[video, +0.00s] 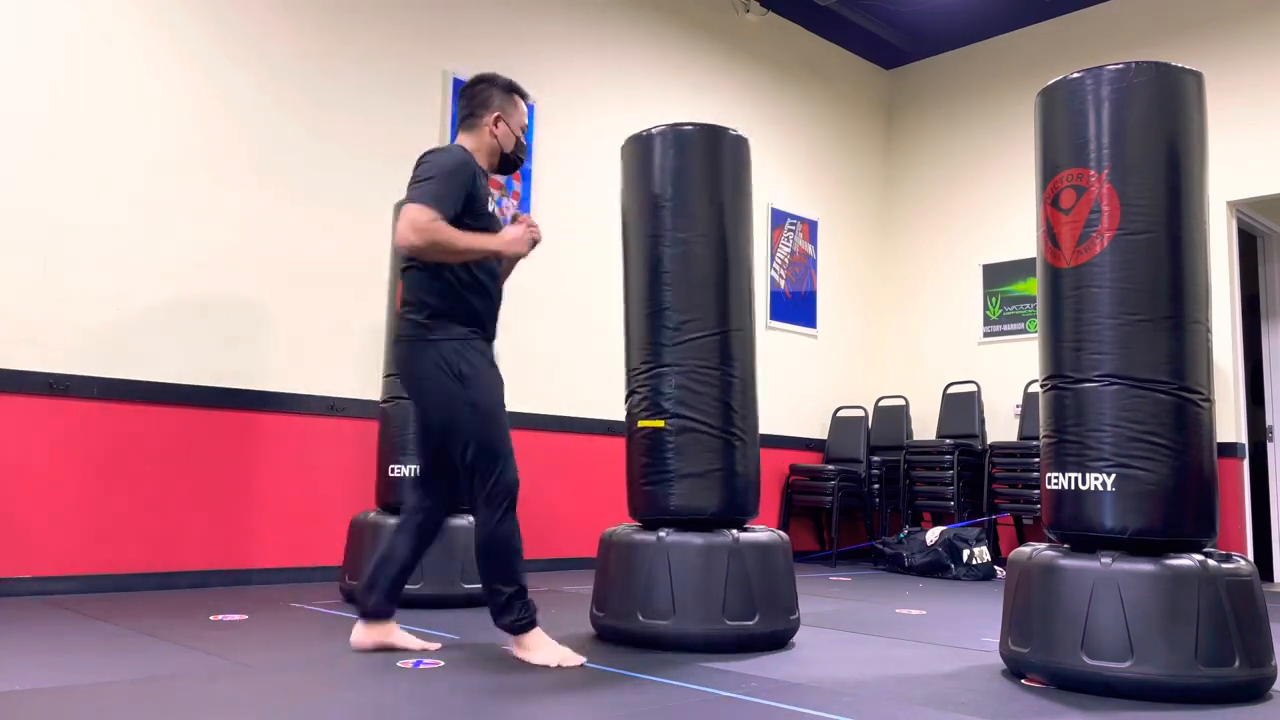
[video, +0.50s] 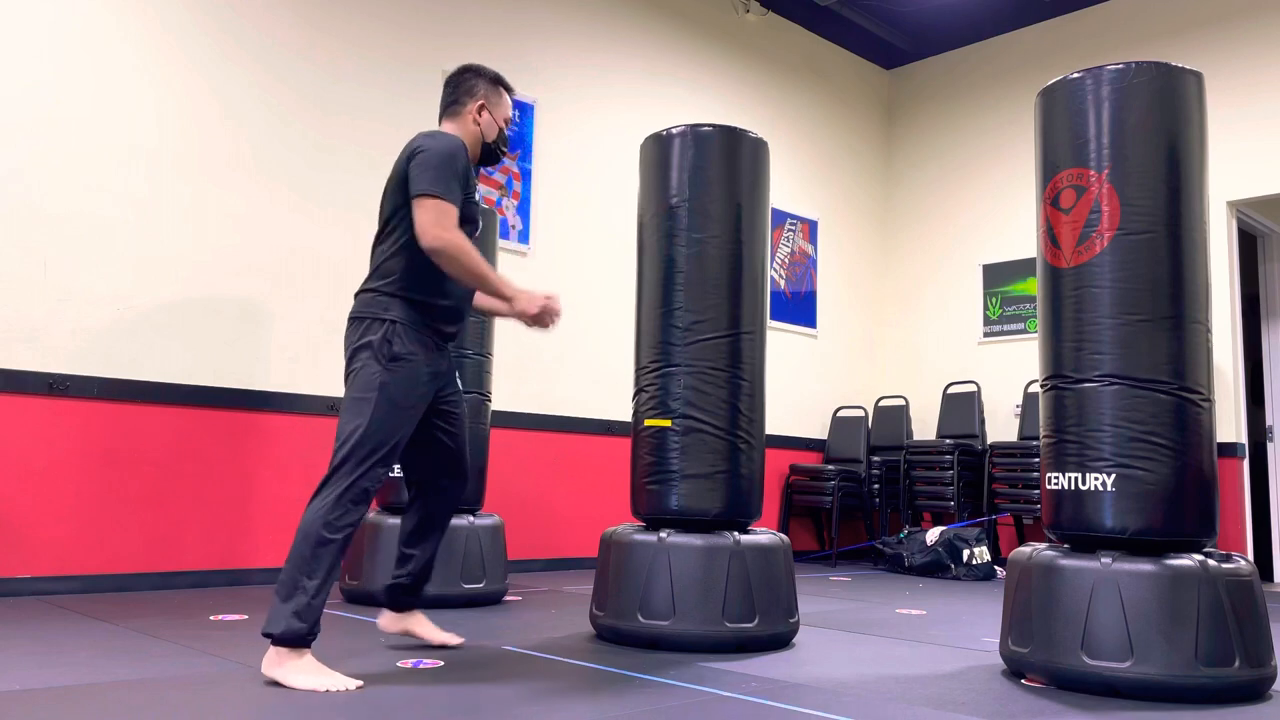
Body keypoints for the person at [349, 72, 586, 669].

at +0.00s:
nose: (522, 140)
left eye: (523, 130)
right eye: (520, 128)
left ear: (483, 123)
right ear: (496, 122)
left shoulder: (474, 183)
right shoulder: (450, 162)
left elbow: (478, 280)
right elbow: (413, 232)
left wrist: (513, 249)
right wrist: (498, 241)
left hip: (447, 348)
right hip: (447, 349)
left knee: (438, 492)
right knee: (496, 485)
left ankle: (375, 620)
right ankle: (522, 631)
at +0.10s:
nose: (519, 140)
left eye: (521, 130)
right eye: (516, 125)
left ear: (483, 122)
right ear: (487, 117)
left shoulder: (470, 183)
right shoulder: (442, 160)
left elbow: (473, 280)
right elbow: (401, 234)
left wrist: (504, 240)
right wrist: (486, 249)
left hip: (420, 333)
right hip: (420, 331)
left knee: (410, 481)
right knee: (494, 457)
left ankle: (370, 622)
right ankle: (446, 611)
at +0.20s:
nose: (510, 133)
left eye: (513, 124)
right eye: (510, 121)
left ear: (473, 111)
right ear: (484, 109)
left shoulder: (456, 162)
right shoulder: (442, 146)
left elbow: (458, 256)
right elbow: (409, 223)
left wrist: (489, 225)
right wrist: (488, 236)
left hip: (410, 325)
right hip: (414, 324)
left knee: (399, 467)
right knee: (455, 468)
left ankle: (372, 619)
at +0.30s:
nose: (505, 136)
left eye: (507, 126)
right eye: (504, 123)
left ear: (469, 115)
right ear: (478, 112)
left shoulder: (450, 167)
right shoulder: (438, 152)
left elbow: (437, 243)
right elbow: (417, 228)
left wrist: (488, 233)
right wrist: (490, 257)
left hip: (428, 336)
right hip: (403, 330)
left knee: (410, 487)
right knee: (385, 485)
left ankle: (370, 626)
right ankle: (291, 639)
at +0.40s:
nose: (503, 136)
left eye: (505, 127)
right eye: (502, 124)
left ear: (464, 115)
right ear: (477, 114)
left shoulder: (450, 176)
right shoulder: (434, 153)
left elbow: (436, 273)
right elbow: (419, 240)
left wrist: (500, 282)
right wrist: (490, 291)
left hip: (424, 349)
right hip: (393, 337)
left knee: (431, 486)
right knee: (350, 487)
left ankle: (377, 618)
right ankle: (282, 651)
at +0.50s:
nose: (506, 132)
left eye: (508, 122)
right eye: (505, 119)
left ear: (466, 111)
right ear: (481, 109)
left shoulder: (457, 174)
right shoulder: (440, 147)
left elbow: (451, 287)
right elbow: (434, 234)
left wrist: (517, 307)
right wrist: (511, 293)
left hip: (432, 346)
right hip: (395, 334)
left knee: (444, 479)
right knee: (351, 484)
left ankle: (401, 609)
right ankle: (286, 645)